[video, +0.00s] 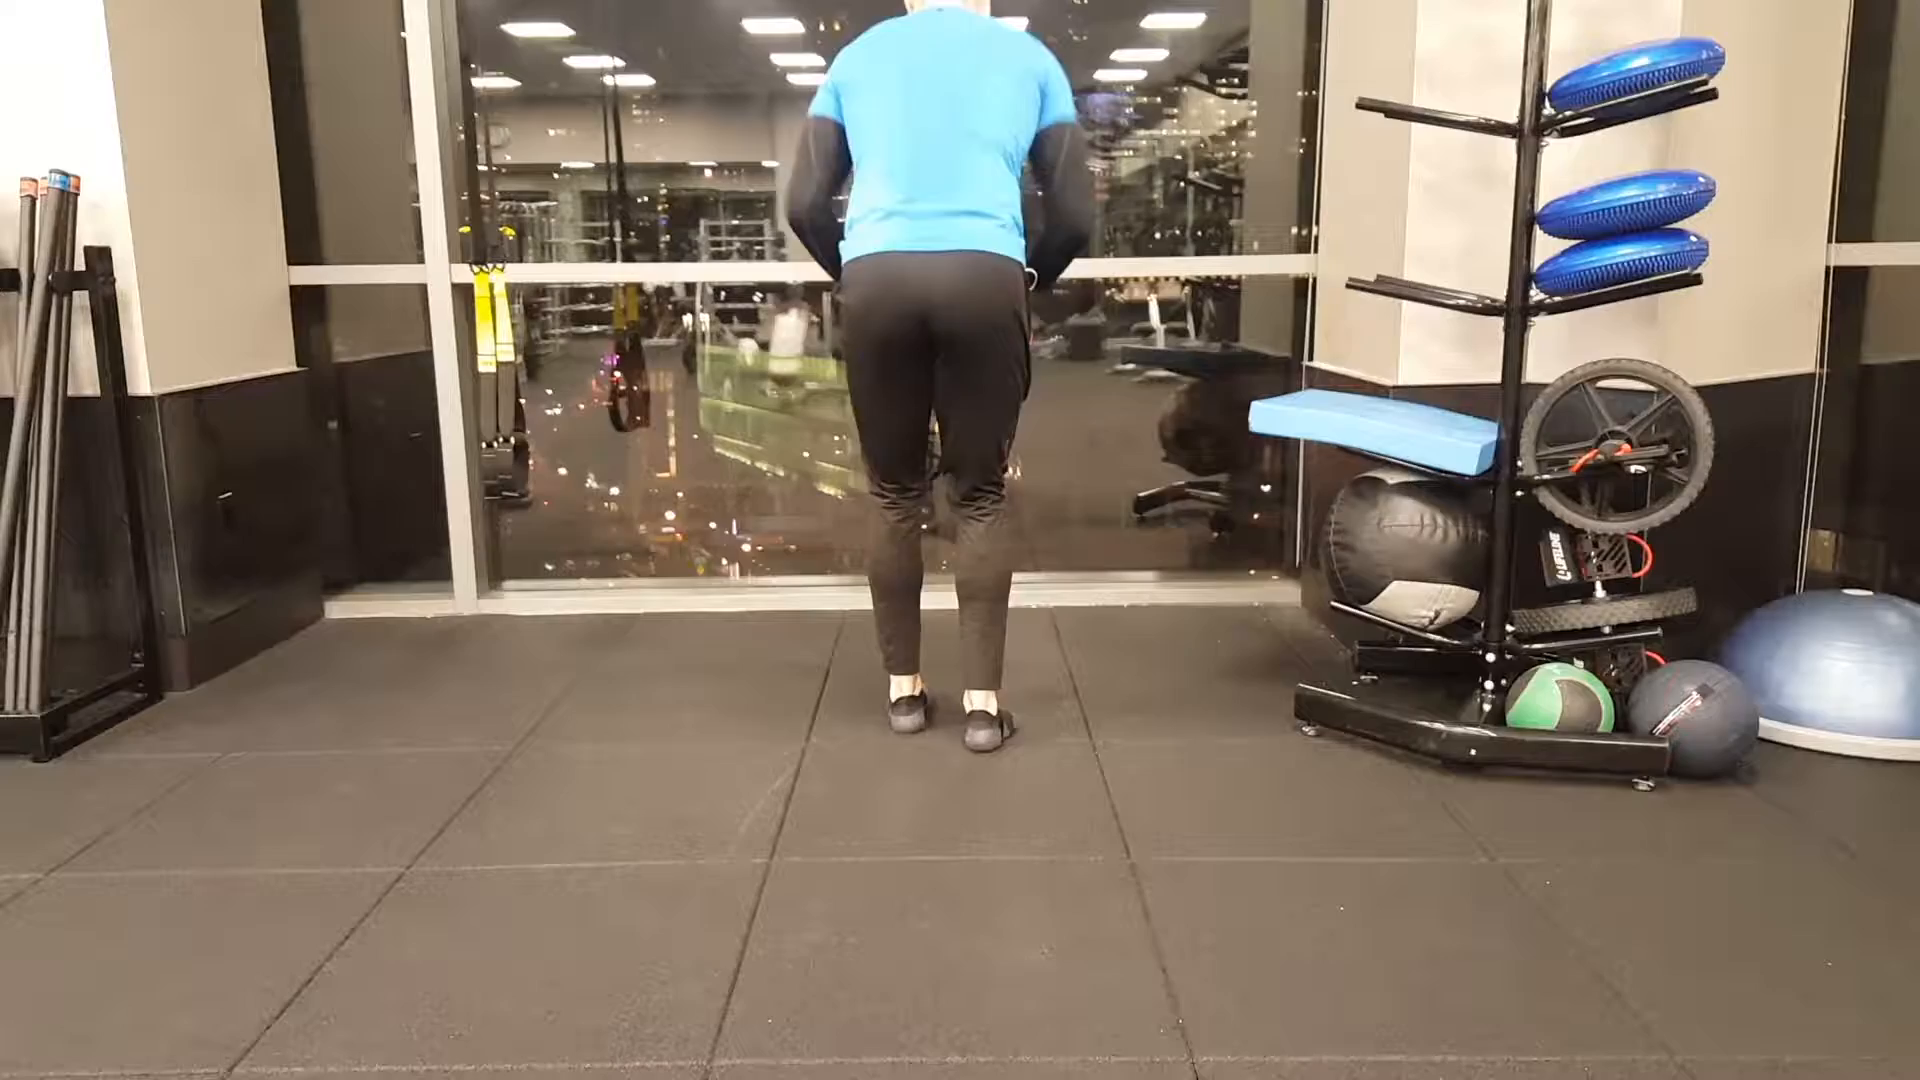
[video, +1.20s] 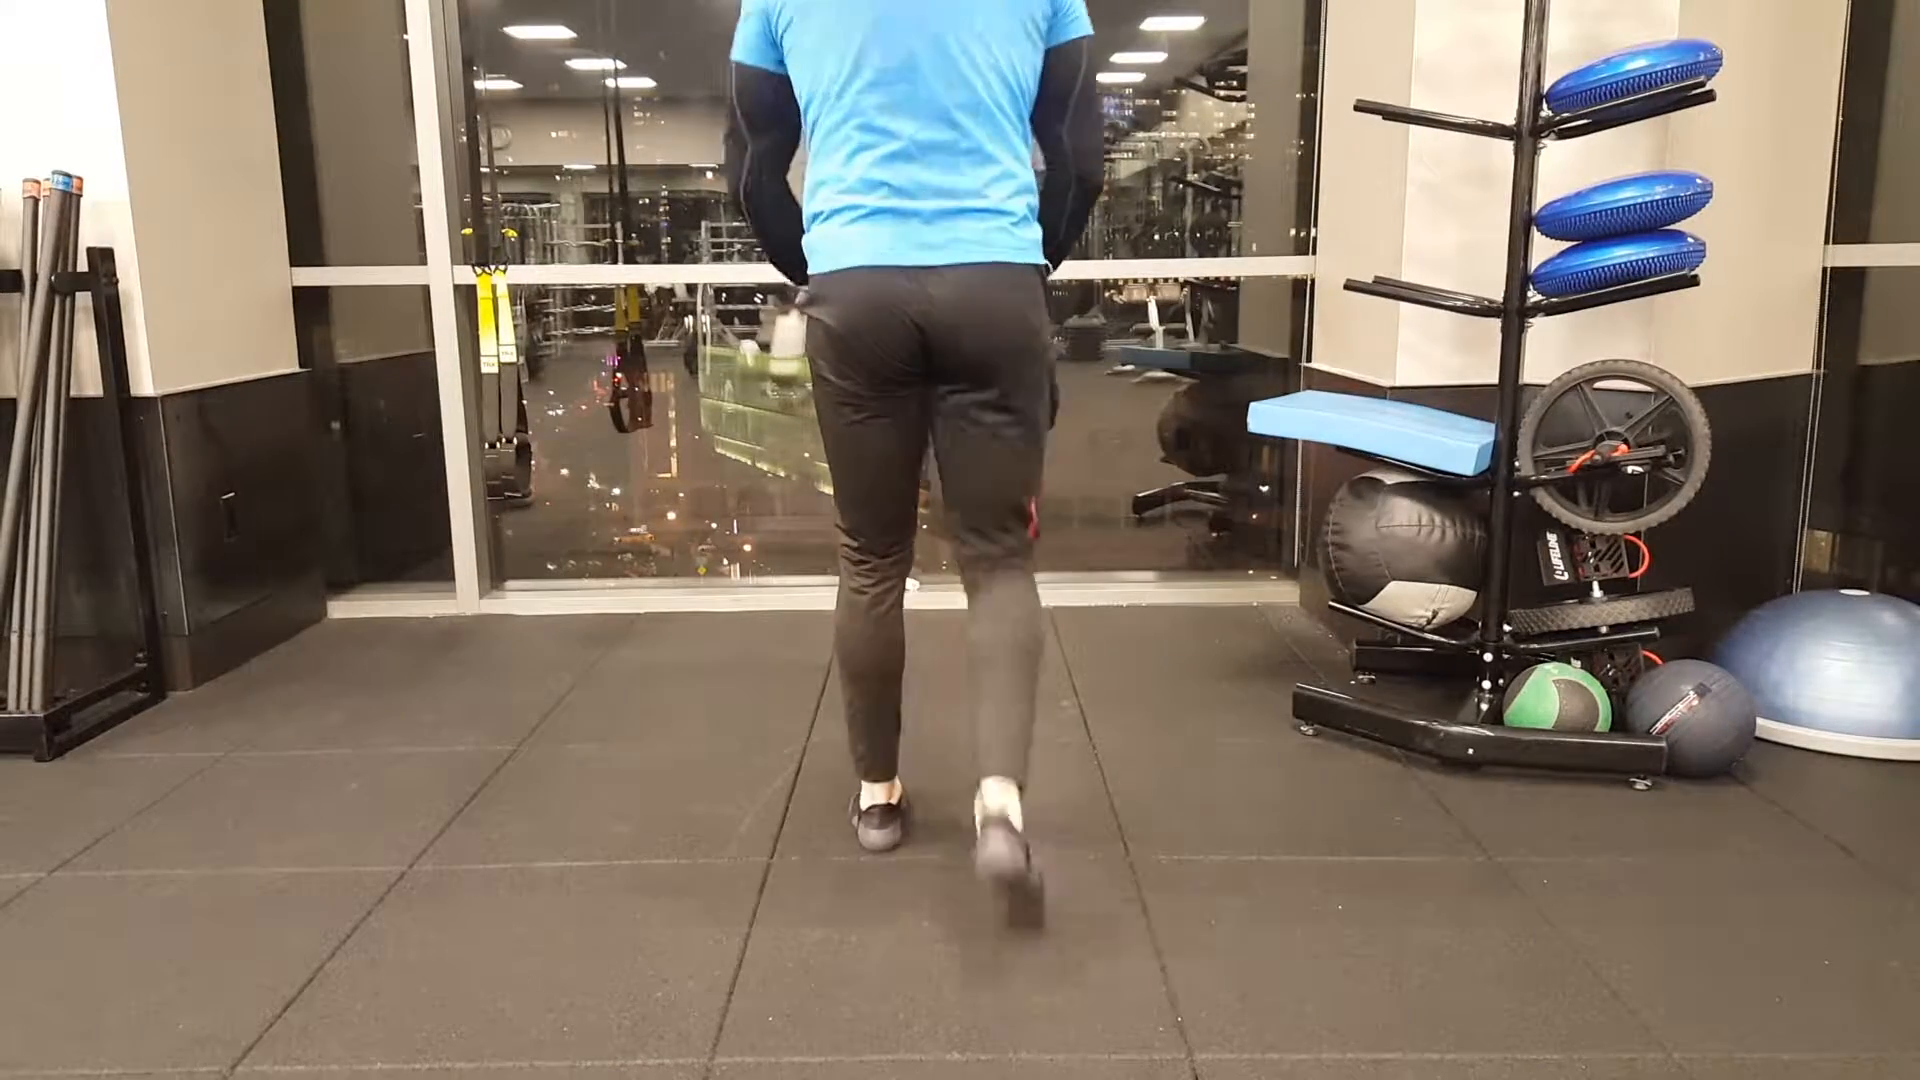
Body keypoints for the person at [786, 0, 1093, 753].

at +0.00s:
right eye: (1006, 15)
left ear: (910, 5)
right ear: (988, 7)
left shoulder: (857, 54)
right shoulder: (1031, 55)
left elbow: (803, 205)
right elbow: (1075, 218)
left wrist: (854, 275)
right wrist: (1030, 280)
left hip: (876, 275)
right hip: (983, 272)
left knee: (895, 494)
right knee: (979, 496)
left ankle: (904, 692)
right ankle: (982, 708)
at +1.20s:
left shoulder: (783, 5)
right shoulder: (1042, 3)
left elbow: (756, 175)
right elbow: (1078, 163)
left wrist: (821, 278)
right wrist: (1025, 265)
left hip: (855, 283)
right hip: (996, 280)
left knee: (872, 554)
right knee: (999, 554)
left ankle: (878, 798)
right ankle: (1001, 801)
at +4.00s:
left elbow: (757, 111)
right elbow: (1150, 104)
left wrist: (883, 91)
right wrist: (1024, 118)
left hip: (862, 258)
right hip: (1043, 262)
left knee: (851, 643)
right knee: (1067, 624)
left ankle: (837, 953)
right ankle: (1101, 947)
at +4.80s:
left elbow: (756, 109)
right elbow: (1148, 105)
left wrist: (885, 88)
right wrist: (1021, 101)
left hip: (871, 268)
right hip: (1050, 266)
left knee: (862, 630)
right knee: (1066, 627)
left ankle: (843, 945)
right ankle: (1101, 951)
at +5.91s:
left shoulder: (771, 4)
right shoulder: (1131, 2)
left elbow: (773, 167)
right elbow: (1138, 161)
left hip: (855, 311)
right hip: (1067, 312)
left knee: (842, 666)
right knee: (1086, 664)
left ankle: (839, 955)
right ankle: (1105, 959)